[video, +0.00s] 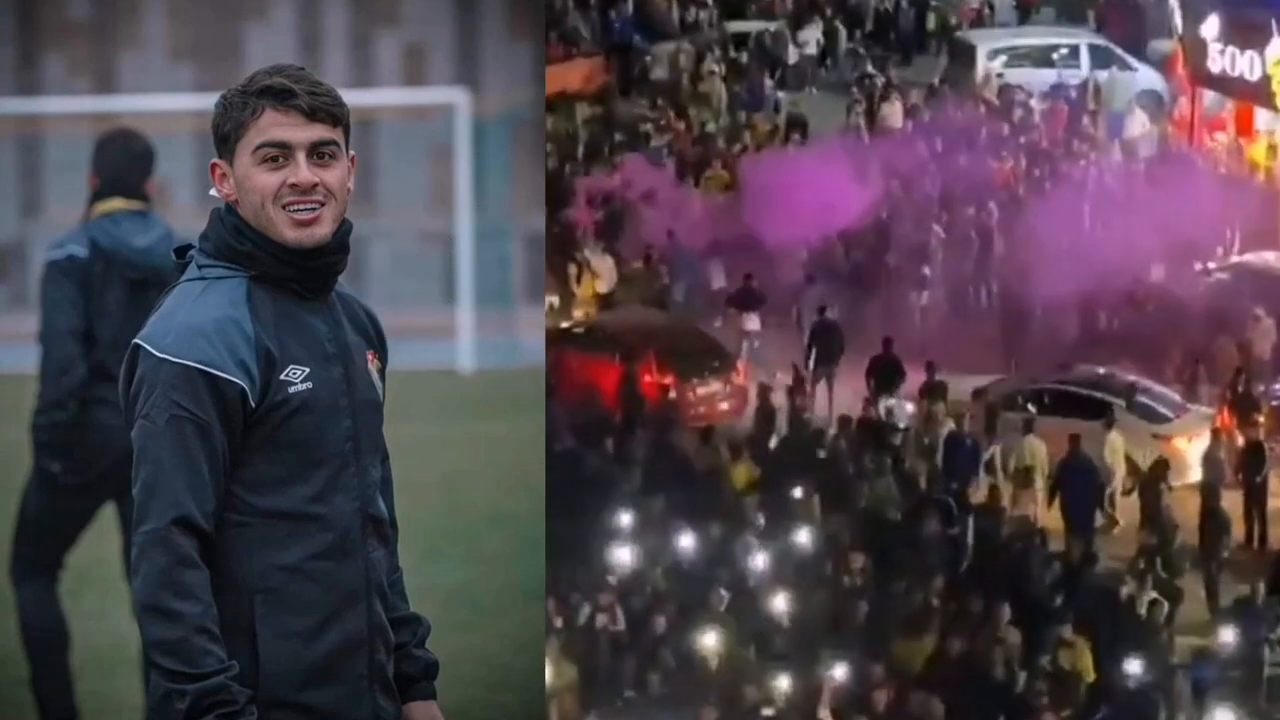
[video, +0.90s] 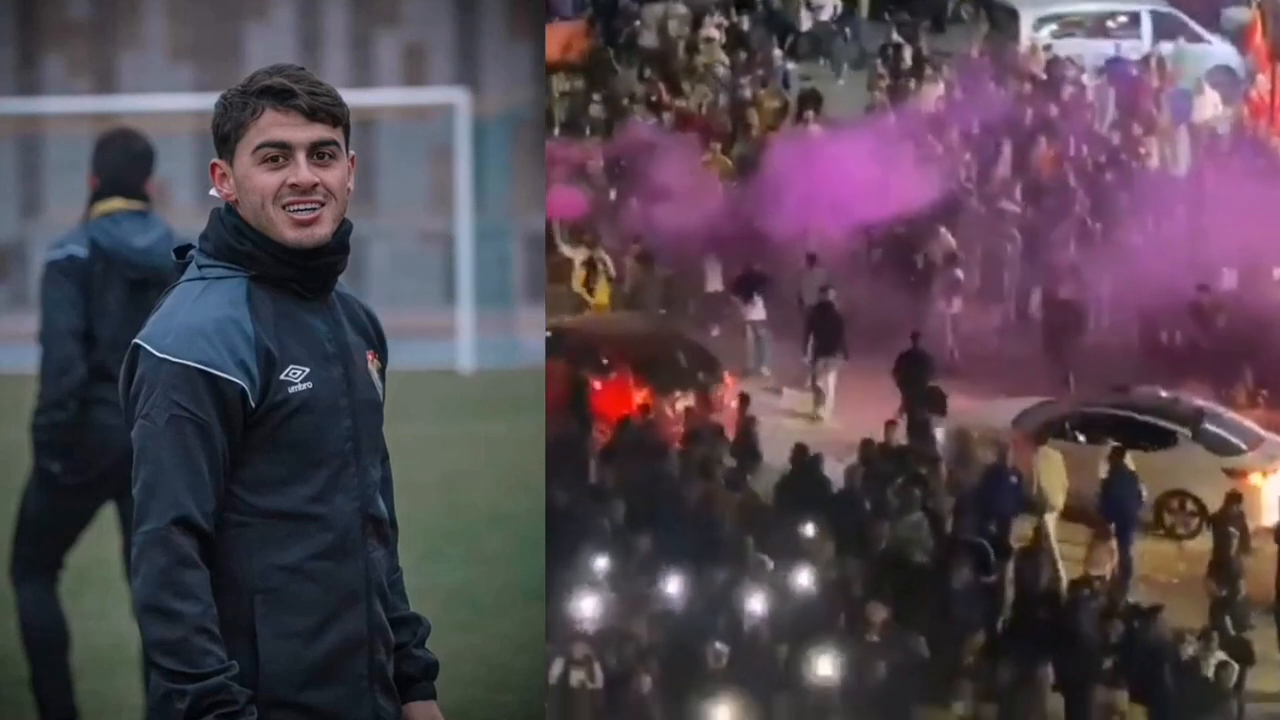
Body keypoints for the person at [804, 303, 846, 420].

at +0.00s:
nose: (820, 315)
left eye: (819, 313)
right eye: (822, 312)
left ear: (817, 313)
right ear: (827, 312)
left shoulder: (815, 326)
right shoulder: (835, 325)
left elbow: (810, 345)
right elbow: (841, 345)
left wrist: (806, 361)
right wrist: (837, 359)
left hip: (819, 361)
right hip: (832, 362)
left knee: (813, 386)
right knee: (831, 390)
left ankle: (811, 411)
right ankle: (831, 416)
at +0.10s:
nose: (814, 325)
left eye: (813, 322)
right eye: (816, 322)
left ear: (812, 322)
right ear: (822, 321)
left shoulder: (810, 336)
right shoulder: (831, 335)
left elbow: (804, 355)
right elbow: (835, 355)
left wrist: (801, 371)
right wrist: (832, 368)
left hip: (813, 371)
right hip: (826, 371)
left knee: (810, 397)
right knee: (826, 403)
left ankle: (809, 423)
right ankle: (828, 428)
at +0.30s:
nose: (819, 340)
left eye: (818, 337)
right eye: (819, 337)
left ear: (810, 338)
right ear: (822, 338)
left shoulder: (806, 351)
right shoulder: (827, 351)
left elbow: (799, 367)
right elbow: (831, 369)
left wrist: (795, 383)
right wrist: (835, 383)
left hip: (809, 382)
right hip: (822, 382)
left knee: (808, 410)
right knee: (821, 409)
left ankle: (809, 434)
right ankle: (821, 434)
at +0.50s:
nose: (821, 349)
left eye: (819, 346)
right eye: (821, 346)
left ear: (810, 347)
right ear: (821, 347)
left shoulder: (804, 361)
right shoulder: (825, 361)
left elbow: (798, 381)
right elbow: (829, 382)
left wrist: (798, 395)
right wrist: (834, 400)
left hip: (808, 397)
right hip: (822, 397)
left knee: (810, 426)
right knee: (821, 424)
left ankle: (811, 452)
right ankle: (821, 449)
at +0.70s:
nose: (821, 350)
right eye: (823, 347)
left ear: (811, 347)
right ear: (824, 347)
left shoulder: (804, 363)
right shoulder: (826, 363)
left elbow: (799, 385)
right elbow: (831, 385)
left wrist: (799, 405)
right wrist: (835, 405)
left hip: (808, 403)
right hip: (822, 403)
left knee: (810, 431)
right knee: (820, 431)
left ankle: (813, 458)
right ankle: (817, 459)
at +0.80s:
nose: (829, 328)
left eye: (828, 326)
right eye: (829, 326)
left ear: (815, 326)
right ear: (828, 327)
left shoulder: (808, 342)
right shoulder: (832, 344)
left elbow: (802, 363)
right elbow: (837, 365)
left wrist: (802, 380)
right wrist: (841, 383)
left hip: (813, 380)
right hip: (829, 381)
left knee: (814, 407)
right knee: (827, 408)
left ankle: (814, 433)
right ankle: (823, 436)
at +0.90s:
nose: (831, 300)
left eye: (829, 297)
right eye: (831, 297)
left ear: (819, 297)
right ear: (833, 298)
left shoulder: (813, 313)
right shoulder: (837, 314)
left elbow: (807, 334)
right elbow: (842, 336)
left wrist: (805, 352)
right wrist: (845, 352)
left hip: (818, 351)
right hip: (834, 352)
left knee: (816, 380)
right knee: (831, 382)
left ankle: (818, 405)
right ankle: (827, 411)